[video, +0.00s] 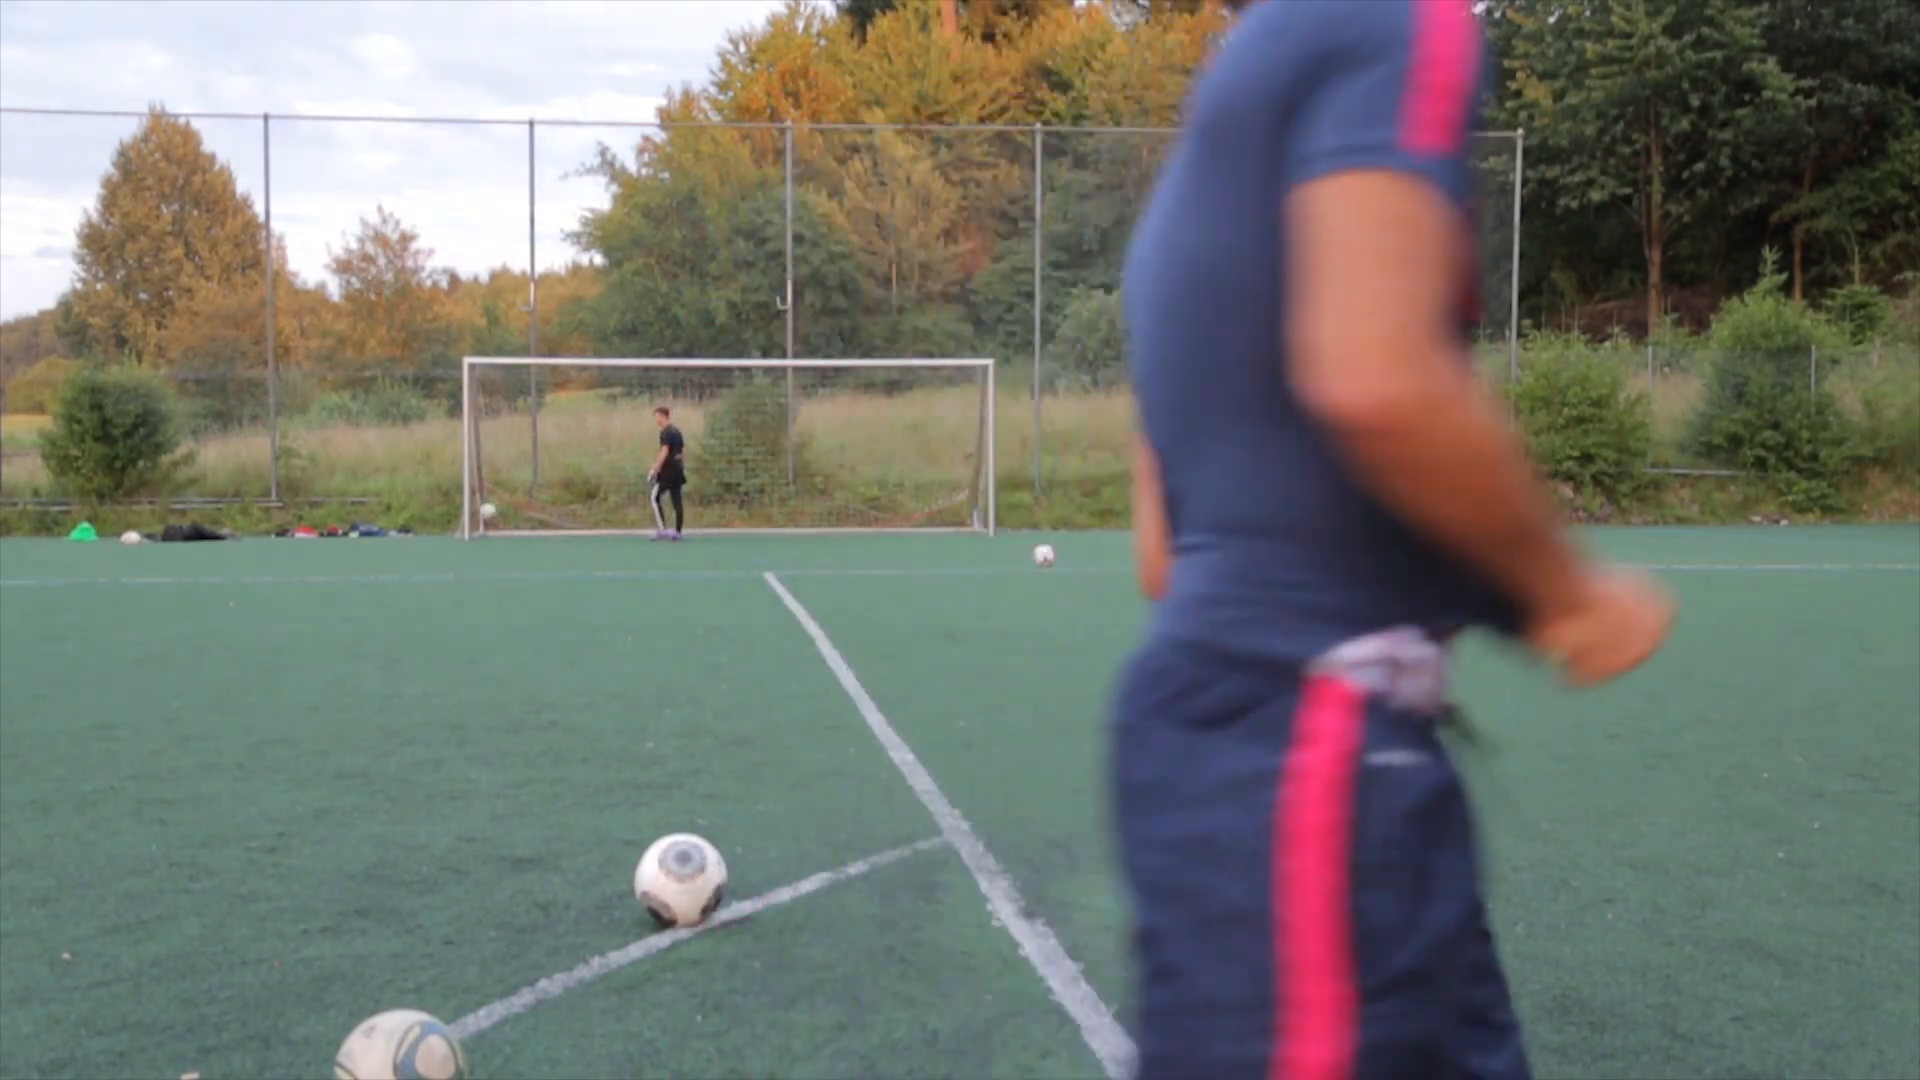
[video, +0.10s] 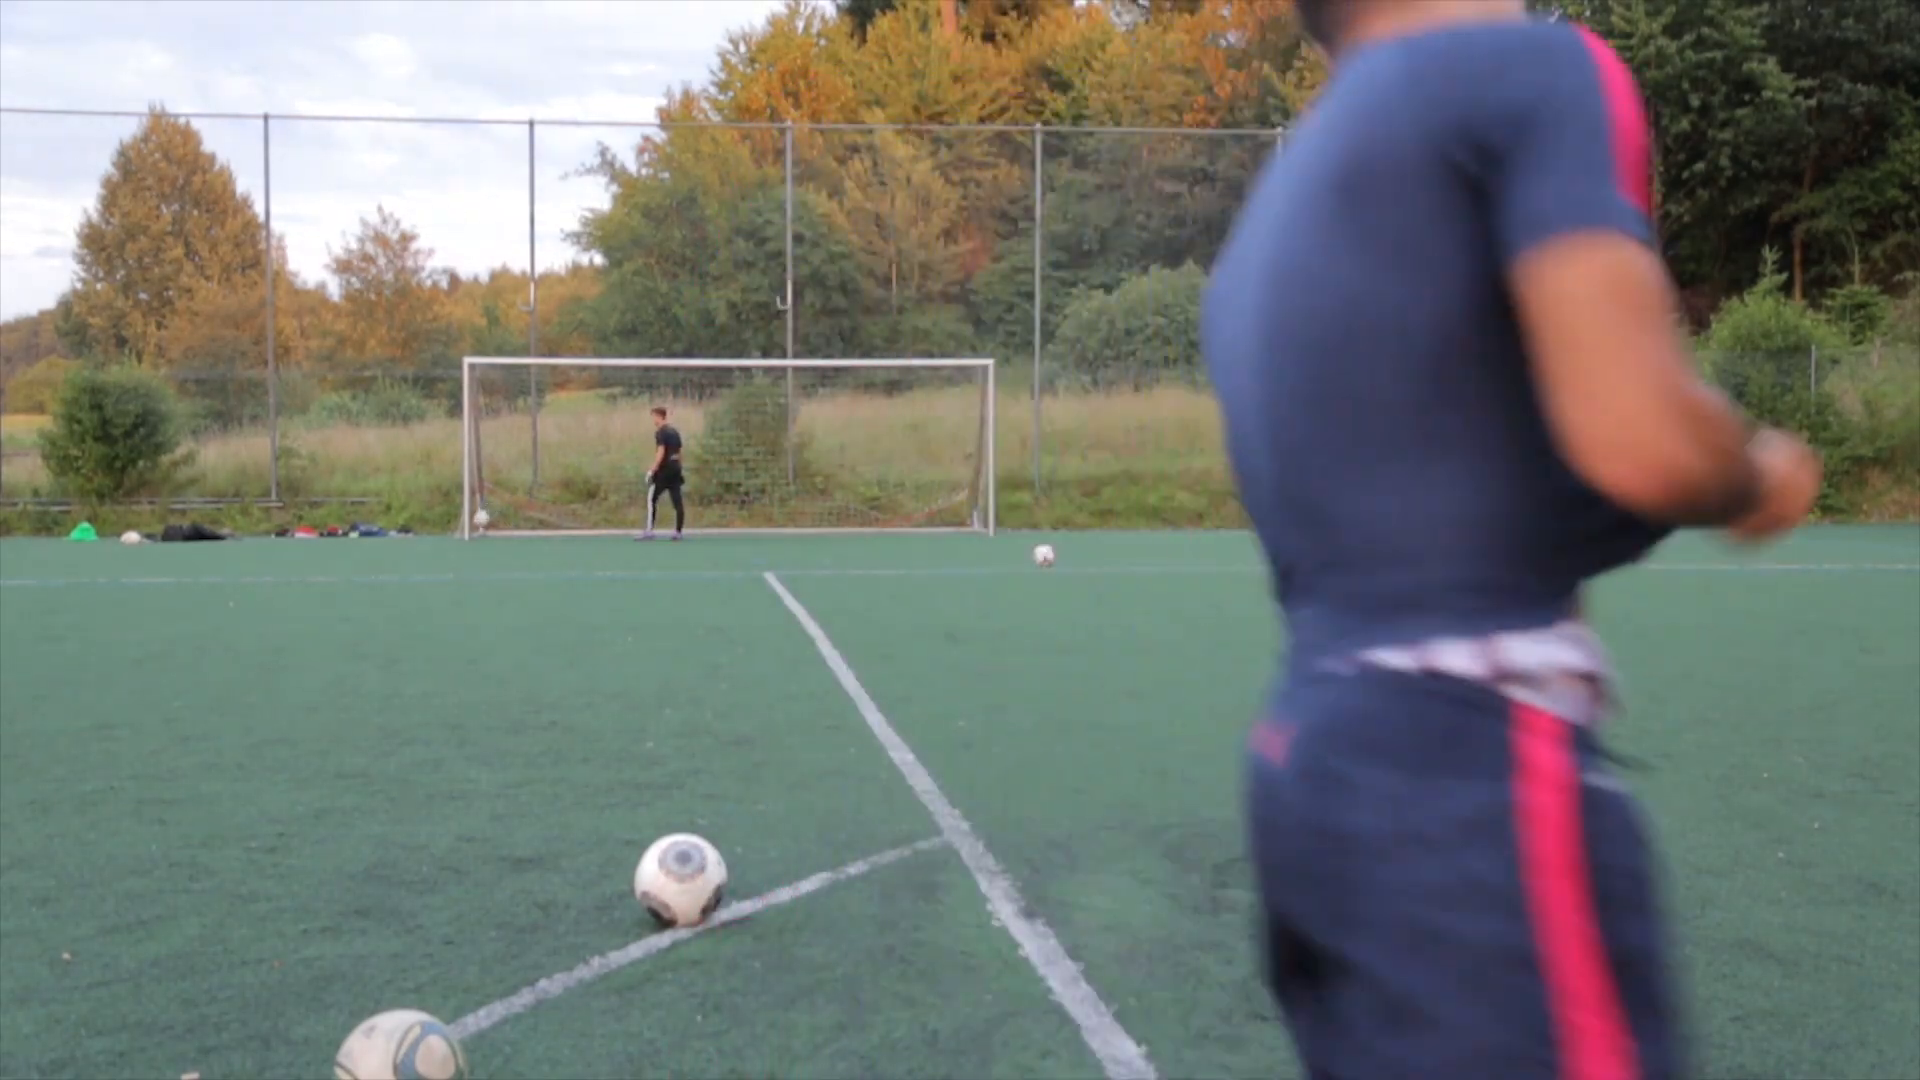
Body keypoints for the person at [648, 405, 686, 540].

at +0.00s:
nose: (656, 421)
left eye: (657, 417)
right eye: (656, 418)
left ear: (664, 417)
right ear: (666, 417)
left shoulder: (666, 432)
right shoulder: (677, 432)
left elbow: (665, 452)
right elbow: (680, 454)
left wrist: (655, 469)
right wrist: (679, 468)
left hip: (667, 470)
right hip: (677, 470)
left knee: (654, 496)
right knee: (677, 501)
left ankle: (661, 529)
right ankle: (678, 530)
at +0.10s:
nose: (654, 421)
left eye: (655, 418)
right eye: (653, 418)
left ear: (660, 417)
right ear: (665, 417)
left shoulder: (661, 432)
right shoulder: (674, 432)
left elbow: (661, 452)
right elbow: (678, 452)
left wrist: (652, 470)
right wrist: (678, 468)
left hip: (664, 467)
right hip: (675, 466)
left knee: (652, 496)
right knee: (677, 500)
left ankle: (649, 529)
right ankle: (678, 531)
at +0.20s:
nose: (648, 422)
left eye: (649, 418)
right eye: (648, 418)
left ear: (655, 418)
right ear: (660, 418)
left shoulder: (655, 433)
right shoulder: (670, 432)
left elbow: (656, 454)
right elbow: (675, 454)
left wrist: (649, 473)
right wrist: (676, 470)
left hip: (660, 468)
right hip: (671, 467)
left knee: (650, 501)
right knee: (676, 503)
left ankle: (638, 529)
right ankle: (678, 531)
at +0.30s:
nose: (643, 422)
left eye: (644, 419)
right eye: (643, 419)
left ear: (650, 419)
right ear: (654, 419)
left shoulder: (648, 435)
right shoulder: (665, 433)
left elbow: (649, 457)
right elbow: (671, 455)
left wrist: (645, 474)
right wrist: (672, 471)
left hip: (654, 469)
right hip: (667, 468)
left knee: (645, 502)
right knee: (671, 502)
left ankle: (635, 530)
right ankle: (677, 531)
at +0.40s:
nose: (637, 422)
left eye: (638, 419)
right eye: (637, 419)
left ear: (643, 419)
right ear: (648, 419)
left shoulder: (641, 435)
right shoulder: (659, 434)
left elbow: (642, 457)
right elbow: (663, 455)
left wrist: (640, 476)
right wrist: (665, 471)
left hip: (647, 470)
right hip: (659, 468)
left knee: (638, 500)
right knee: (663, 503)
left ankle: (632, 531)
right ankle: (675, 530)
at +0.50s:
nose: (631, 421)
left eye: (632, 418)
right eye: (631, 418)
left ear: (636, 419)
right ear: (642, 418)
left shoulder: (635, 434)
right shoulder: (652, 433)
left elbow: (635, 456)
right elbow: (658, 453)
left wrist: (632, 475)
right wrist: (659, 471)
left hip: (640, 470)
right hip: (651, 469)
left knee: (634, 500)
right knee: (652, 501)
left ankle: (632, 530)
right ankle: (669, 526)